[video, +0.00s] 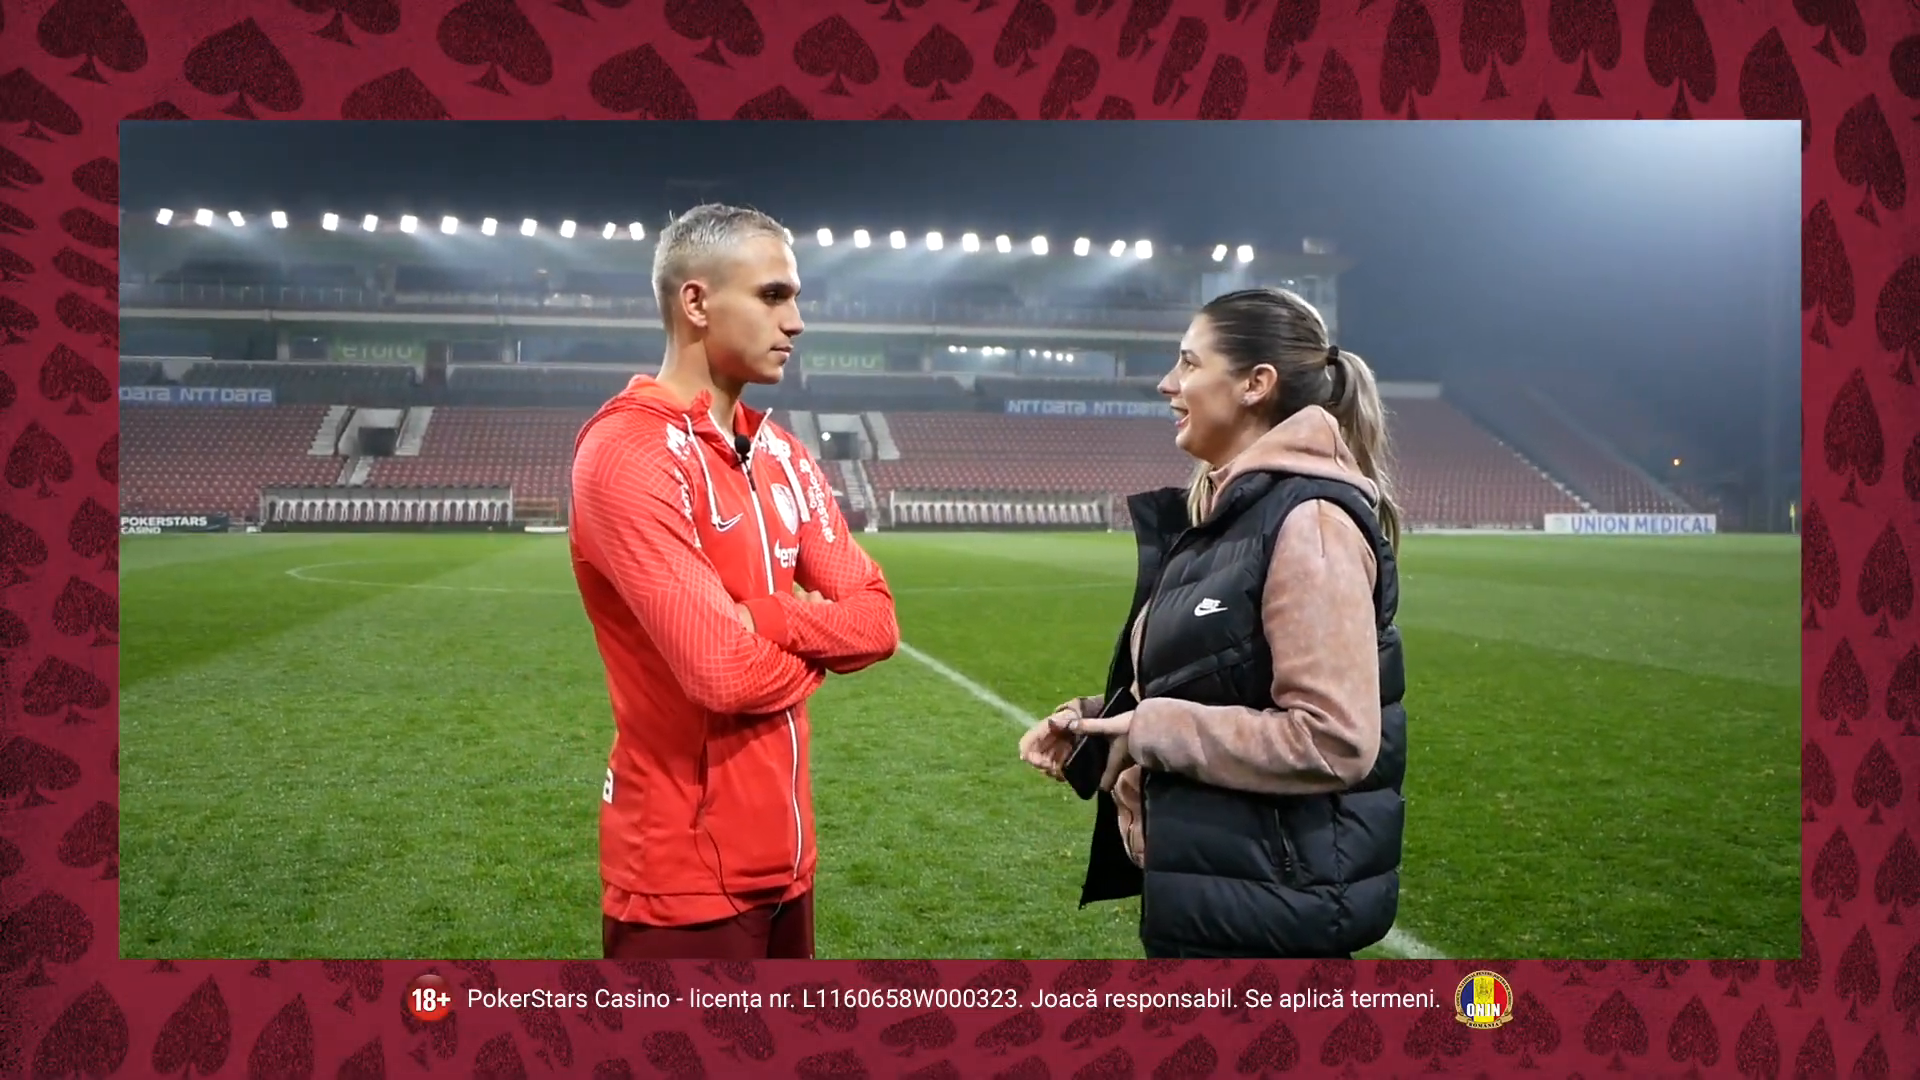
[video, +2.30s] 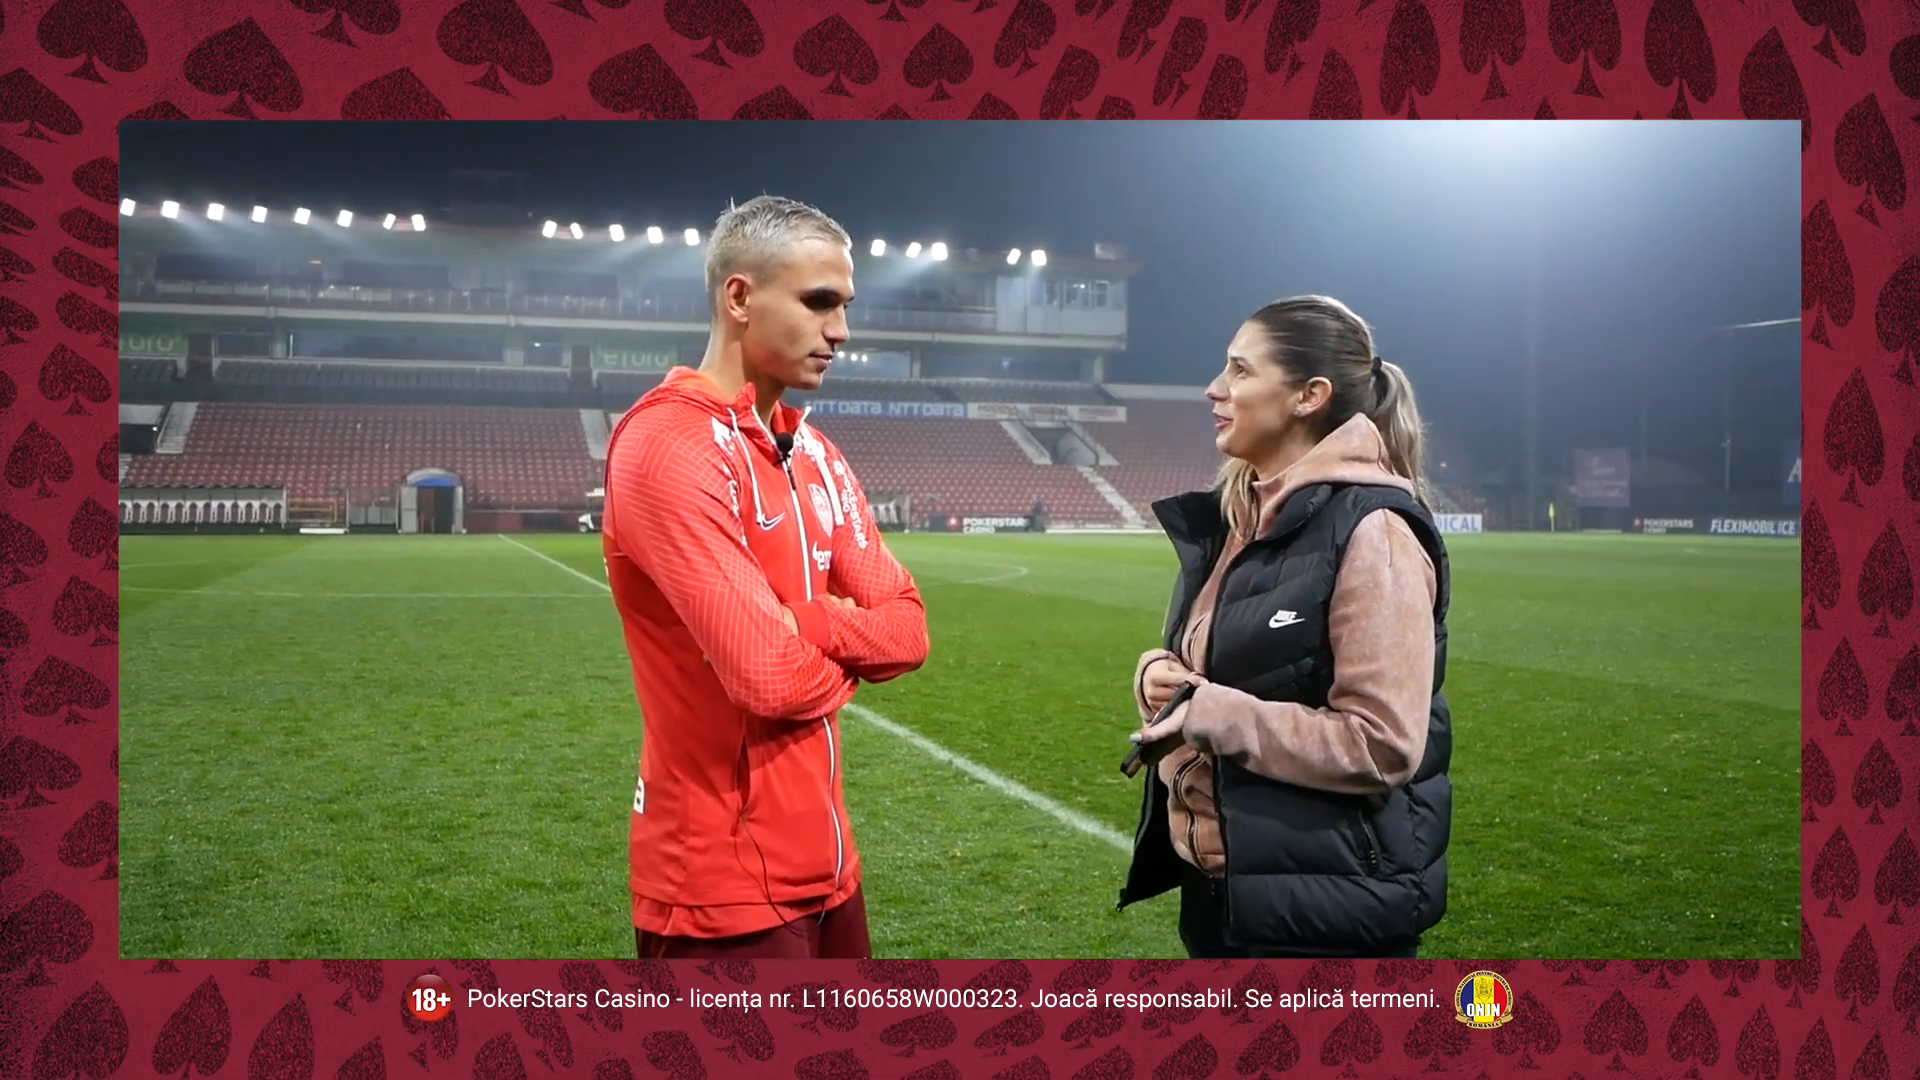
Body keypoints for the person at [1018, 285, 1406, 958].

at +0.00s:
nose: (1166, 385)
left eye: (1189, 364)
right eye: (1176, 364)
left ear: (1257, 384)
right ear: (1250, 384)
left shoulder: (1311, 523)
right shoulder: (1230, 512)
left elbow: (1333, 740)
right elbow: (1220, 695)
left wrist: (1157, 730)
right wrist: (1099, 725)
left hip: (1269, 919)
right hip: (1211, 909)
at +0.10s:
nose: (1176, 388)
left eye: (1197, 366)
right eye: (1185, 367)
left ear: (1266, 385)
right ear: (1260, 387)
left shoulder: (1317, 523)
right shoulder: (1236, 508)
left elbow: (1326, 736)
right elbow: (1209, 685)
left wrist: (1148, 720)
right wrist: (1083, 668)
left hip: (1273, 912)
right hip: (1213, 901)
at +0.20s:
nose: (1186, 393)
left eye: (1207, 370)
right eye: (1195, 372)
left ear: (1277, 386)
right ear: (1269, 387)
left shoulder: (1328, 522)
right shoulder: (1241, 512)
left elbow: (1290, 722)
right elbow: (1181, 678)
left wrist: (1107, 677)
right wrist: (1066, 617)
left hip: (1285, 909)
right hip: (1221, 901)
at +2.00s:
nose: (1186, 396)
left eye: (1208, 374)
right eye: (1195, 375)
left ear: (1278, 394)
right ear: (1271, 396)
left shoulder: (1346, 535)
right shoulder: (1234, 519)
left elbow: (1342, 749)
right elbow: (1192, 668)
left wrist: (1166, 710)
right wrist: (1109, 653)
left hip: (1300, 911)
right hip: (1217, 900)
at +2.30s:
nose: (1215, 391)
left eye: (1240, 371)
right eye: (1224, 370)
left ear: (1311, 395)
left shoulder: (1376, 533)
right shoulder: (1249, 518)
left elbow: (1382, 742)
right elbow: (1218, 666)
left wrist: (1214, 714)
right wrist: (1157, 672)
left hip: (1327, 907)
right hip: (1231, 893)